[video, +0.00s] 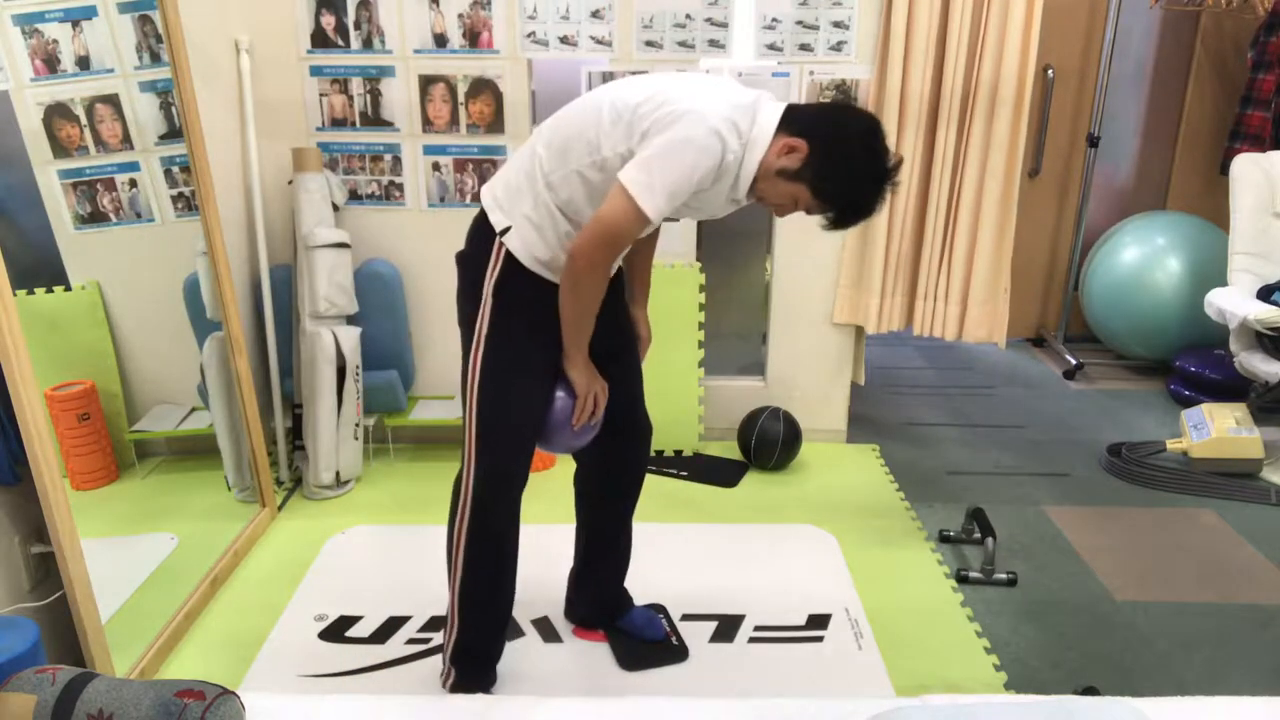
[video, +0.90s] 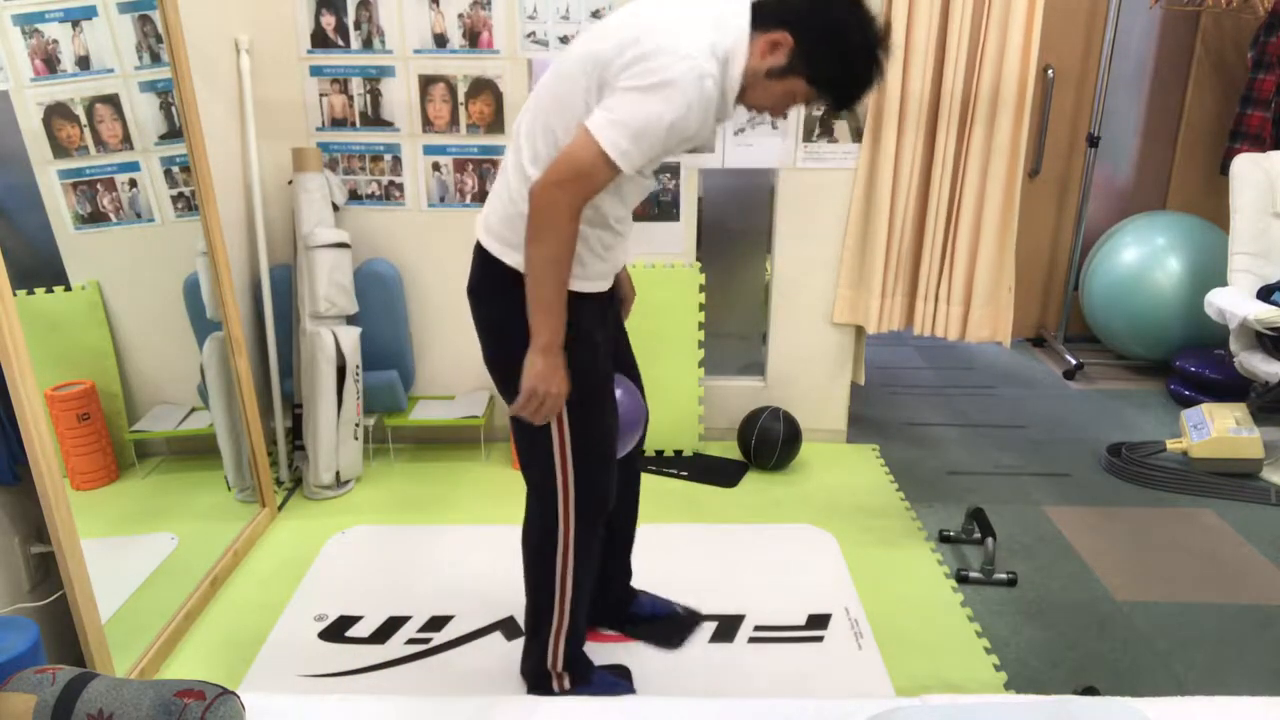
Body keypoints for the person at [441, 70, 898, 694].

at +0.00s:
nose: (791, 214)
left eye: (806, 210)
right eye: (803, 202)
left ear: (791, 150)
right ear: (790, 152)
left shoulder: (748, 145)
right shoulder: (700, 137)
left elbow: (646, 212)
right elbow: (589, 250)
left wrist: (636, 300)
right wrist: (575, 359)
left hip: (594, 264)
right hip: (518, 251)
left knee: (622, 436)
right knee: (497, 462)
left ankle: (598, 600)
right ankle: (470, 662)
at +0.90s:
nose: (784, 113)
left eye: (800, 106)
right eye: (796, 98)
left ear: (774, 42)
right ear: (774, 49)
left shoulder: (710, 52)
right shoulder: (683, 78)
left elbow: (593, 168)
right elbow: (553, 193)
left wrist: (612, 257)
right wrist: (545, 345)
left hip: (584, 274)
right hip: (534, 279)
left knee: (622, 434)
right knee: (572, 474)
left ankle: (605, 595)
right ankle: (554, 670)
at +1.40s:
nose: (754, 42)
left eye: (767, 32)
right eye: (763, 24)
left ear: (734, 2)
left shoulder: (662, 30)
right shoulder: (624, 43)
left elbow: (588, 168)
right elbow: (534, 192)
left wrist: (609, 251)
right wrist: (569, 343)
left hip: (588, 276)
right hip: (535, 286)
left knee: (615, 441)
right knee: (571, 477)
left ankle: (598, 594)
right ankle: (553, 667)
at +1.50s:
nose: (746, 36)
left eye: (759, 25)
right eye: (758, 18)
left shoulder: (658, 28)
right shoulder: (614, 39)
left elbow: (585, 175)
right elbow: (530, 189)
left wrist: (600, 299)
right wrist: (565, 340)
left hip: (588, 276)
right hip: (536, 286)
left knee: (607, 444)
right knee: (569, 476)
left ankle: (601, 593)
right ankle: (553, 667)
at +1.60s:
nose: (740, 24)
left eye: (753, 14)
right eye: (749, 7)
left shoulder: (649, 26)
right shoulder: (608, 37)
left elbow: (583, 181)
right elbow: (527, 191)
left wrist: (601, 309)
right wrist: (558, 342)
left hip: (586, 281)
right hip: (542, 290)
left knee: (603, 451)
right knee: (571, 479)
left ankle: (601, 590)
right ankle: (553, 666)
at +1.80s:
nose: (730, 8)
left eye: (737, 1)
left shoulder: (640, 20)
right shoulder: (605, 32)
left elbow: (576, 179)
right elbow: (534, 194)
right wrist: (554, 350)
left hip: (588, 279)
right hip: (550, 291)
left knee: (603, 444)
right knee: (570, 478)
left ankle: (590, 583)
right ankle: (553, 666)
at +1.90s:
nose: (729, 6)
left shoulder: (638, 21)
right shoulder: (606, 31)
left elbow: (574, 178)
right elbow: (533, 192)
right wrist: (556, 346)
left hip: (587, 279)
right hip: (550, 290)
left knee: (600, 444)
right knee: (567, 475)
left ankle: (586, 586)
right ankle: (553, 666)